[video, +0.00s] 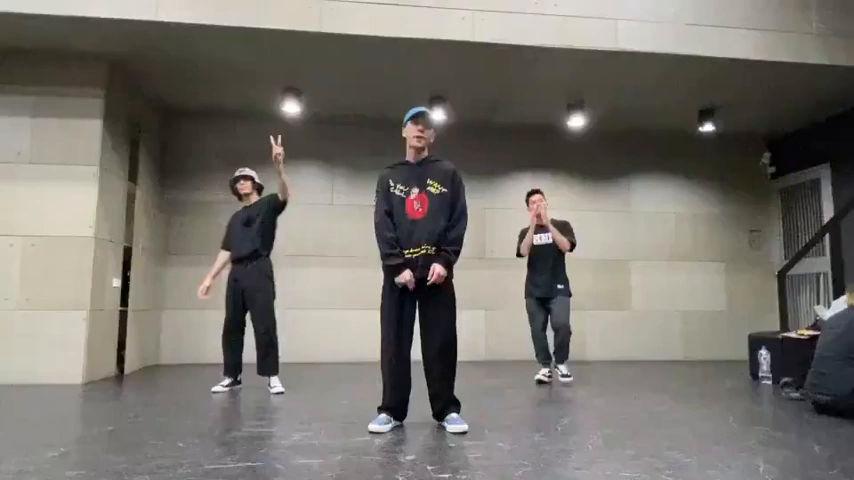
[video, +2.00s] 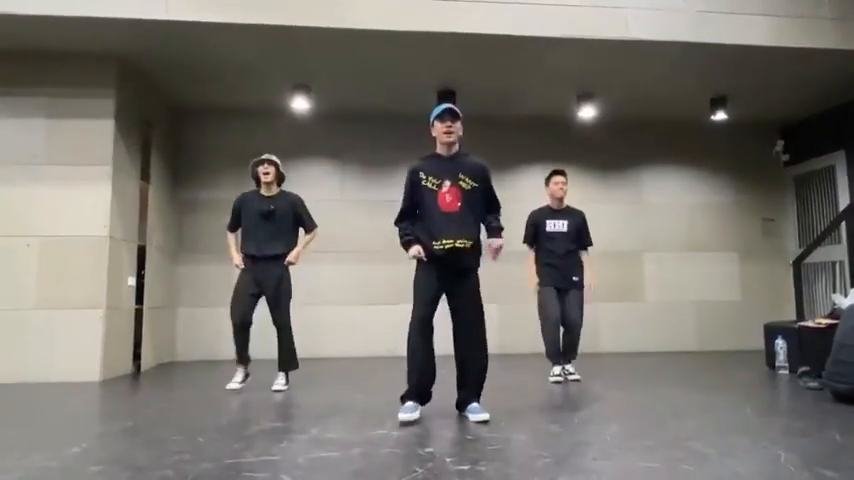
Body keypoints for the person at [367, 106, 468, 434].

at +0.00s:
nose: (419, 132)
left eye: (424, 128)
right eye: (414, 127)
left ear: (431, 134)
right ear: (404, 132)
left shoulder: (448, 173)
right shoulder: (389, 176)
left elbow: (458, 222)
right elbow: (383, 225)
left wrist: (444, 260)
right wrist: (396, 266)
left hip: (437, 270)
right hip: (399, 270)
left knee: (441, 342)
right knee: (394, 343)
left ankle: (447, 410)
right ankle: (391, 411)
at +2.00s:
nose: (449, 126)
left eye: (453, 121)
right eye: (442, 121)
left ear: (461, 127)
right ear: (433, 129)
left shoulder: (477, 169)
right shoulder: (419, 170)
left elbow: (490, 209)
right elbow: (406, 217)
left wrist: (495, 233)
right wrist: (411, 242)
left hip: (465, 261)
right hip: (430, 261)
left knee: (470, 329)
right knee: (420, 323)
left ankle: (470, 400)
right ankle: (414, 398)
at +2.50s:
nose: (439, 123)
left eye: (443, 119)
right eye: (433, 118)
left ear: (449, 126)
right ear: (420, 125)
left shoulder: (464, 167)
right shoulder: (406, 169)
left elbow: (473, 208)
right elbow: (396, 212)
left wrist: (459, 219)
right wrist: (415, 223)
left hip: (453, 265)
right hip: (418, 266)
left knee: (458, 333)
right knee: (417, 333)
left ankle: (459, 398)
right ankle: (416, 397)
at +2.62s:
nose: (437, 124)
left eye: (442, 119)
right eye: (431, 120)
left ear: (449, 126)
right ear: (420, 127)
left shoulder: (462, 164)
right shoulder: (410, 165)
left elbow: (488, 204)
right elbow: (383, 203)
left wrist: (479, 181)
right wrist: (410, 183)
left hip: (450, 265)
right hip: (414, 265)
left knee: (458, 330)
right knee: (405, 318)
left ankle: (457, 397)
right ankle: (386, 390)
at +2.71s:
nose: (436, 129)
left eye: (441, 125)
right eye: (430, 124)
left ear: (449, 130)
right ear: (419, 130)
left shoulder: (466, 172)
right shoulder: (404, 174)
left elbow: (497, 195)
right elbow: (373, 197)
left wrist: (528, 168)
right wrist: (357, 175)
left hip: (450, 272)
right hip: (412, 270)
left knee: (460, 334)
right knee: (390, 327)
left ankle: (458, 397)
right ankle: (355, 395)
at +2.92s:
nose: (440, 125)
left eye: (445, 119)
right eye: (433, 120)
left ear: (453, 126)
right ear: (423, 127)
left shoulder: (467, 166)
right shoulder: (412, 167)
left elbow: (491, 205)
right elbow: (387, 209)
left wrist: (484, 185)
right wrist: (398, 185)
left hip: (455, 261)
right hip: (419, 261)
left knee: (457, 324)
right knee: (414, 315)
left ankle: (457, 396)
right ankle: (393, 389)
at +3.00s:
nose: (442, 128)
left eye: (446, 124)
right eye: (436, 124)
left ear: (453, 127)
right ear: (426, 128)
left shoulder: (468, 166)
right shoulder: (412, 167)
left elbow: (484, 206)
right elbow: (400, 211)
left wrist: (464, 207)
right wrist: (422, 190)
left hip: (456, 258)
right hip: (421, 259)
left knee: (457, 325)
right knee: (426, 325)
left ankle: (457, 393)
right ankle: (430, 391)